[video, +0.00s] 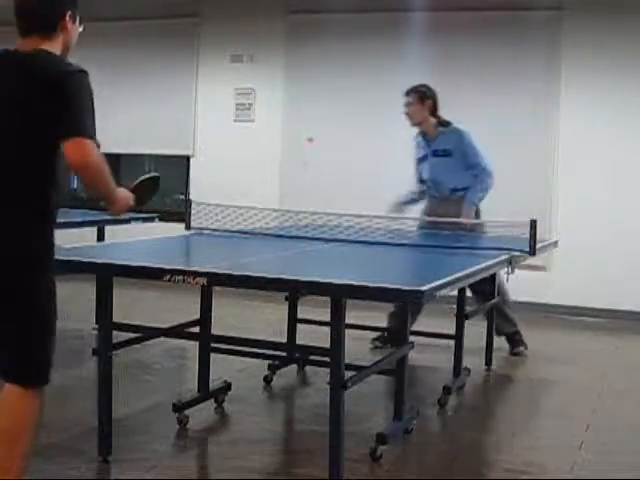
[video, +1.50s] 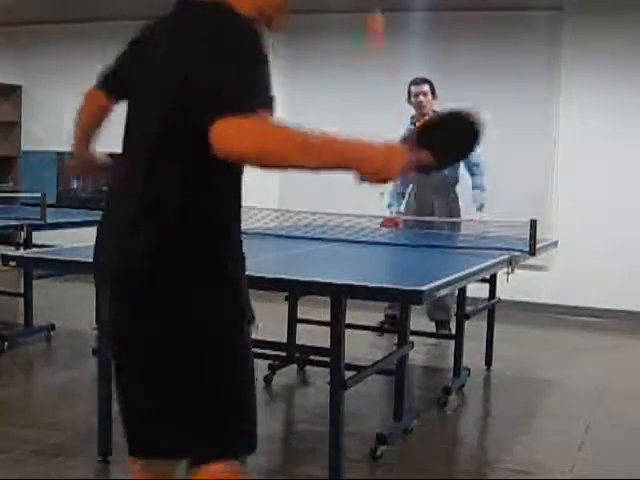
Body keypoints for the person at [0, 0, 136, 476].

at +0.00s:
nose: (78, 34)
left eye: (77, 25)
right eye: (78, 24)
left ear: (19, 23)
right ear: (67, 23)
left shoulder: (4, 65)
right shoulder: (65, 77)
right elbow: (80, 153)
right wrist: (114, 196)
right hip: (20, 244)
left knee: (17, 365)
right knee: (22, 373)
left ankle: (12, 465)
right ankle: (10, 471)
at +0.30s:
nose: (89, 47)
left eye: (89, 38)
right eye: (89, 38)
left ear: (34, 38)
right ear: (79, 39)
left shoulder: (7, 83)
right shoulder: (62, 92)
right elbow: (52, 171)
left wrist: (81, 206)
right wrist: (95, 217)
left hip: (4, 256)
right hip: (22, 261)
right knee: (89, 360)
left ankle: (46, 461)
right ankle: (48, 465)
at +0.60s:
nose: (134, 54)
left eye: (134, 44)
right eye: (133, 44)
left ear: (75, 45)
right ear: (118, 44)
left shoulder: (37, 105)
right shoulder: (103, 101)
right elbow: (98, 189)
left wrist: (135, 215)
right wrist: (153, 228)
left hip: (13, 275)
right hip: (69, 281)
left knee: (7, 386)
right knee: (130, 391)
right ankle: (105, 473)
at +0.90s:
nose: (188, 36)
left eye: (189, 25)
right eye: (183, 22)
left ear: (149, 21)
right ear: (153, 18)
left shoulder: (123, 83)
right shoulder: (115, 81)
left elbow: (107, 180)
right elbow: (94, 170)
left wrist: (160, 206)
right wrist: (140, 250)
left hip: (72, 256)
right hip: (86, 258)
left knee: (94, 370)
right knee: (171, 382)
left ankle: (67, 468)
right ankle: (143, 475)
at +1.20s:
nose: (275, 47)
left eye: (277, 34)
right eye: (270, 29)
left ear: (230, 21)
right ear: (229, 18)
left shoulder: (197, 95)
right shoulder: (178, 92)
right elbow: (143, 200)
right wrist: (190, 300)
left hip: (140, 287)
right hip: (146, 293)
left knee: (135, 386)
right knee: (223, 451)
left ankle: (73, 464)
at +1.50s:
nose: (290, 8)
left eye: (290, 2)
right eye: (287, 0)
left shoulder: (163, 29)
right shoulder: (231, 34)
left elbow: (96, 100)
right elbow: (235, 135)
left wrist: (80, 154)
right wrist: (360, 154)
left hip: (127, 267)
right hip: (194, 273)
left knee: (149, 446)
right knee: (221, 449)